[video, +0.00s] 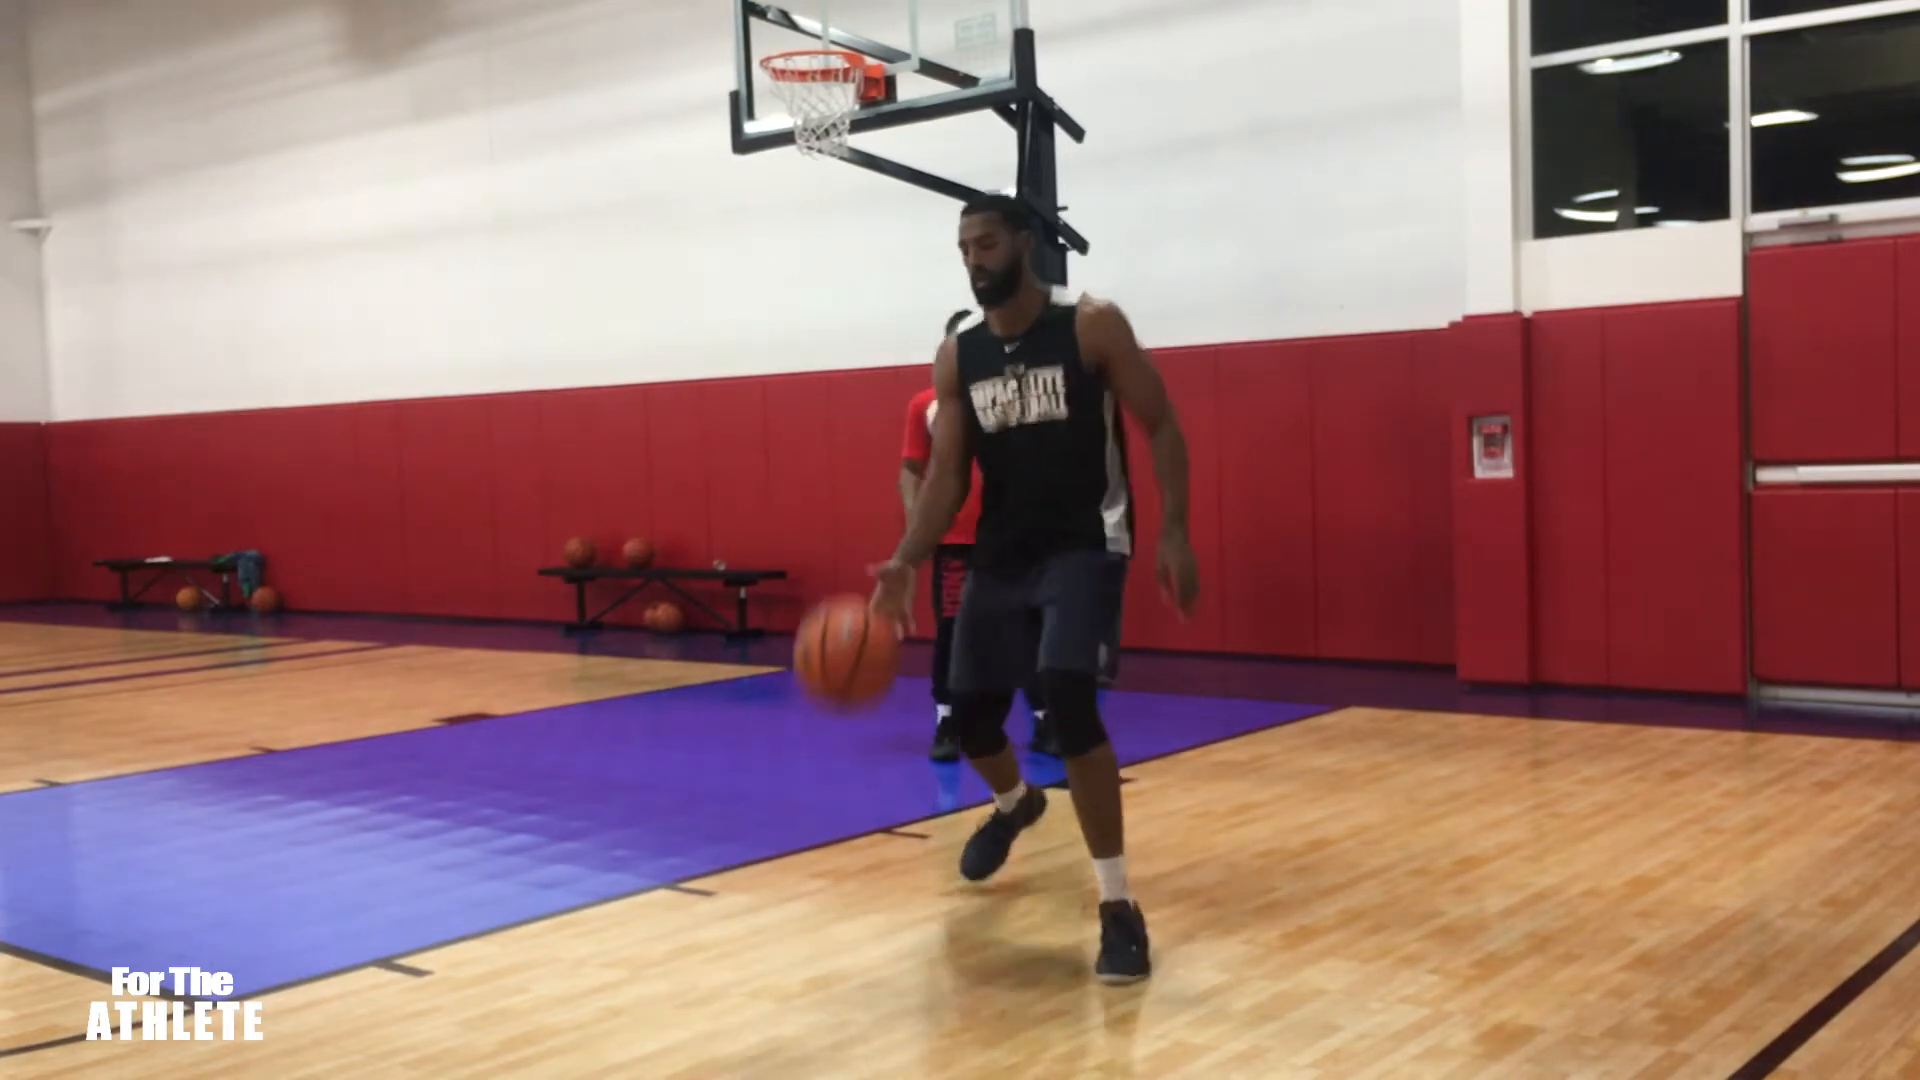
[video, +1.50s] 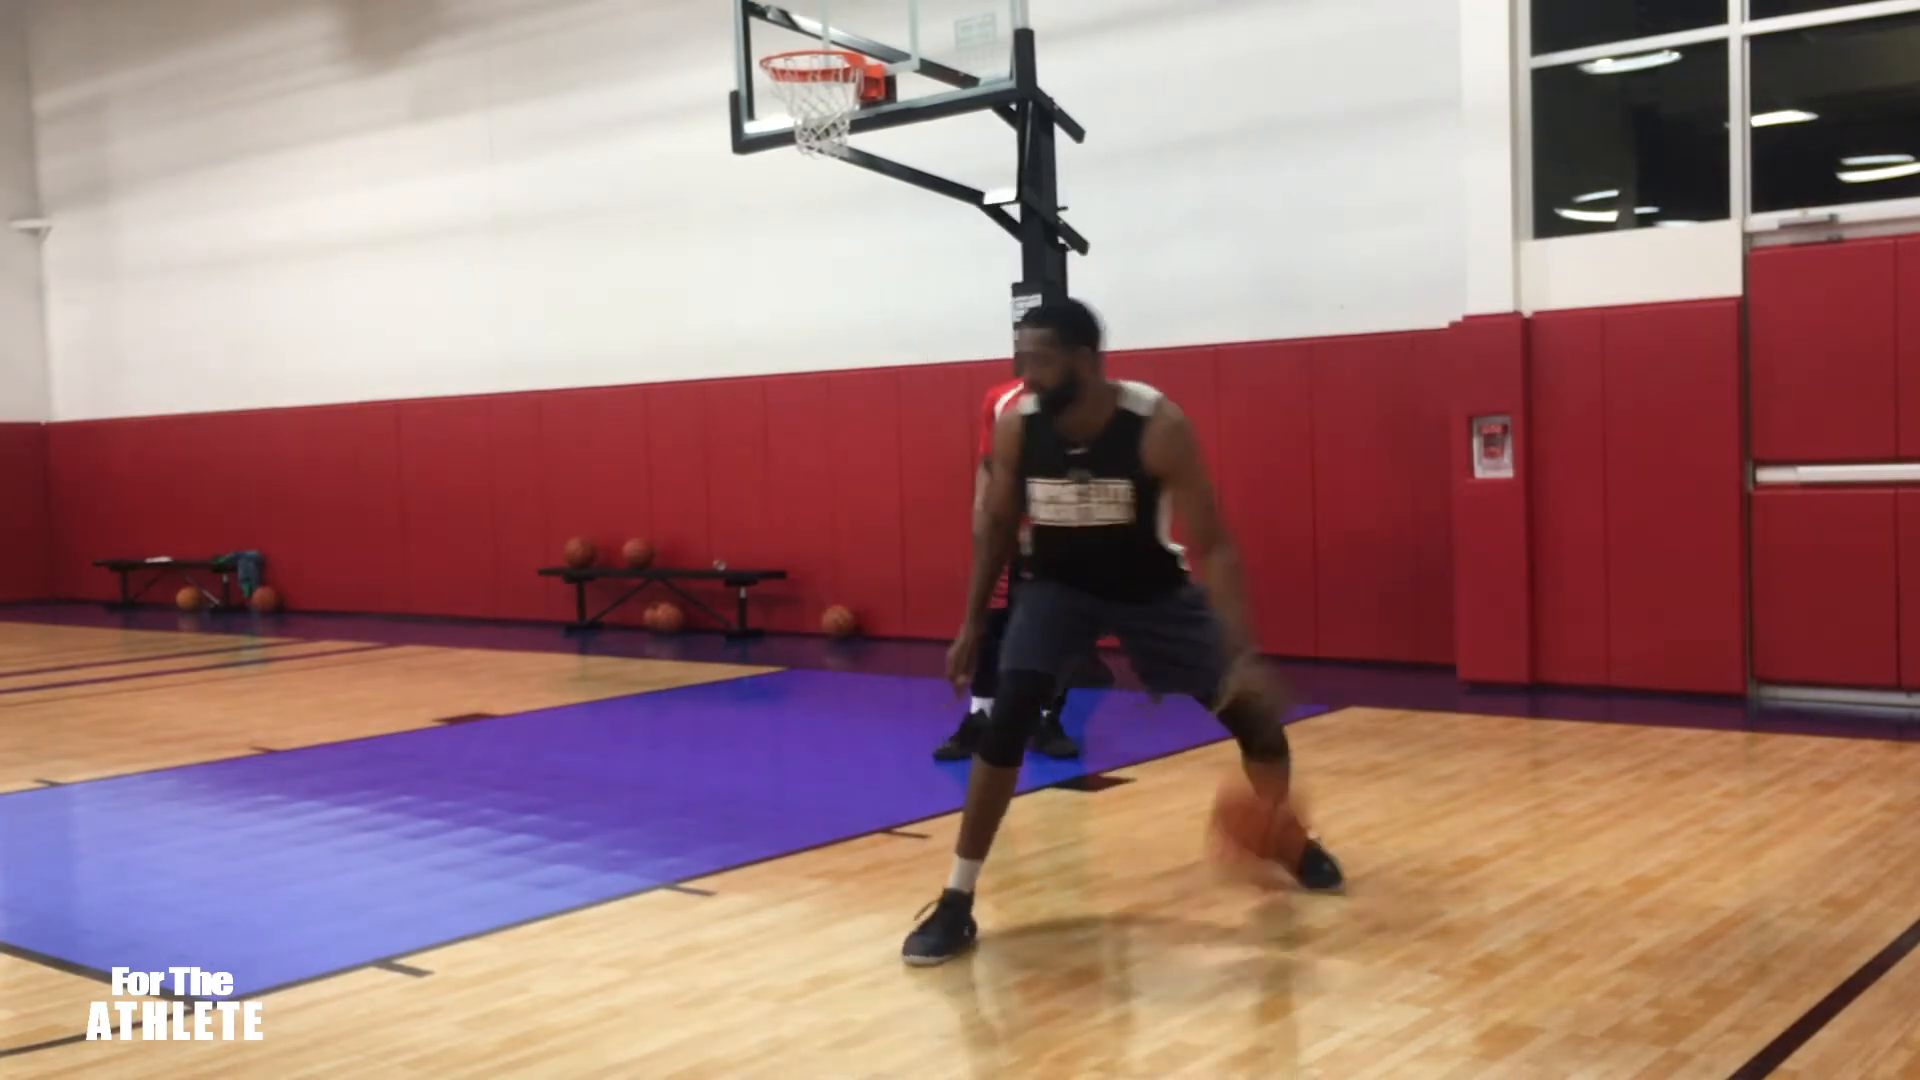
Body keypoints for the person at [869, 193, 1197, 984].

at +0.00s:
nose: (974, 260)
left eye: (987, 244)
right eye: (965, 249)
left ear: (1028, 246)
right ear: (963, 260)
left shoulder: (1093, 327)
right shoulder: (959, 353)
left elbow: (1161, 428)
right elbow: (947, 471)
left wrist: (1174, 534)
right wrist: (906, 558)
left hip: (1084, 548)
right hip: (1002, 556)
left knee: (1067, 706)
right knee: (967, 716)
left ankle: (1117, 904)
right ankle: (1016, 801)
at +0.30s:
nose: (968, 227)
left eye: (978, 210)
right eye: (969, 214)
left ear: (1022, 214)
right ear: (1009, 223)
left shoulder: (1104, 295)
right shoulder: (976, 334)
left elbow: (1182, 393)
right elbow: (957, 455)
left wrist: (1119, 384)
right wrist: (890, 520)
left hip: (1090, 548)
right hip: (1003, 555)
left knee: (1098, 718)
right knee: (944, 711)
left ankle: (1188, 936)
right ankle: (957, 903)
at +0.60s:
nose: (1032, 245)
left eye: (1045, 230)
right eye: (1031, 236)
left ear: (1091, 239)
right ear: (1048, 254)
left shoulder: (1142, 308)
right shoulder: (1040, 352)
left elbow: (1179, 400)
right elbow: (1010, 473)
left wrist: (1098, 282)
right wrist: (921, 407)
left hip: (1076, 562)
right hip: (998, 562)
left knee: (1075, 742)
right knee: (927, 724)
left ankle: (1192, 948)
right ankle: (957, 905)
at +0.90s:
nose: (980, 230)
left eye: (988, 213)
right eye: (981, 215)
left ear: (1025, 218)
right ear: (1022, 223)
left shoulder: (1107, 296)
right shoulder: (1006, 314)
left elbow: (1143, 414)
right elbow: (1007, 447)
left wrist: (1028, 344)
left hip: (1103, 549)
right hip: (1023, 548)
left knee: (1094, 735)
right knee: (955, 709)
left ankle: (1193, 944)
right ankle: (961, 902)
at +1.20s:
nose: (924, 283)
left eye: (933, 266)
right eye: (921, 268)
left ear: (980, 263)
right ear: (964, 268)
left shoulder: (1082, 320)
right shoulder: (949, 360)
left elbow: (1162, 423)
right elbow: (949, 479)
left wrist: (1075, 394)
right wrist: (953, 472)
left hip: (1122, 545)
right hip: (1021, 553)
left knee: (1171, 704)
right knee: (979, 708)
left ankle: (1229, 904)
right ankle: (985, 899)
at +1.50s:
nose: (1025, 371)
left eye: (1037, 359)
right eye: (1021, 358)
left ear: (1084, 360)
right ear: (1024, 360)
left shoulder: (1156, 425)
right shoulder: (1017, 425)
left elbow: (1210, 543)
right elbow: (995, 529)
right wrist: (971, 630)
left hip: (1151, 590)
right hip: (1056, 592)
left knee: (1258, 711)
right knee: (1007, 720)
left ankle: (1283, 833)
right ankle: (956, 901)